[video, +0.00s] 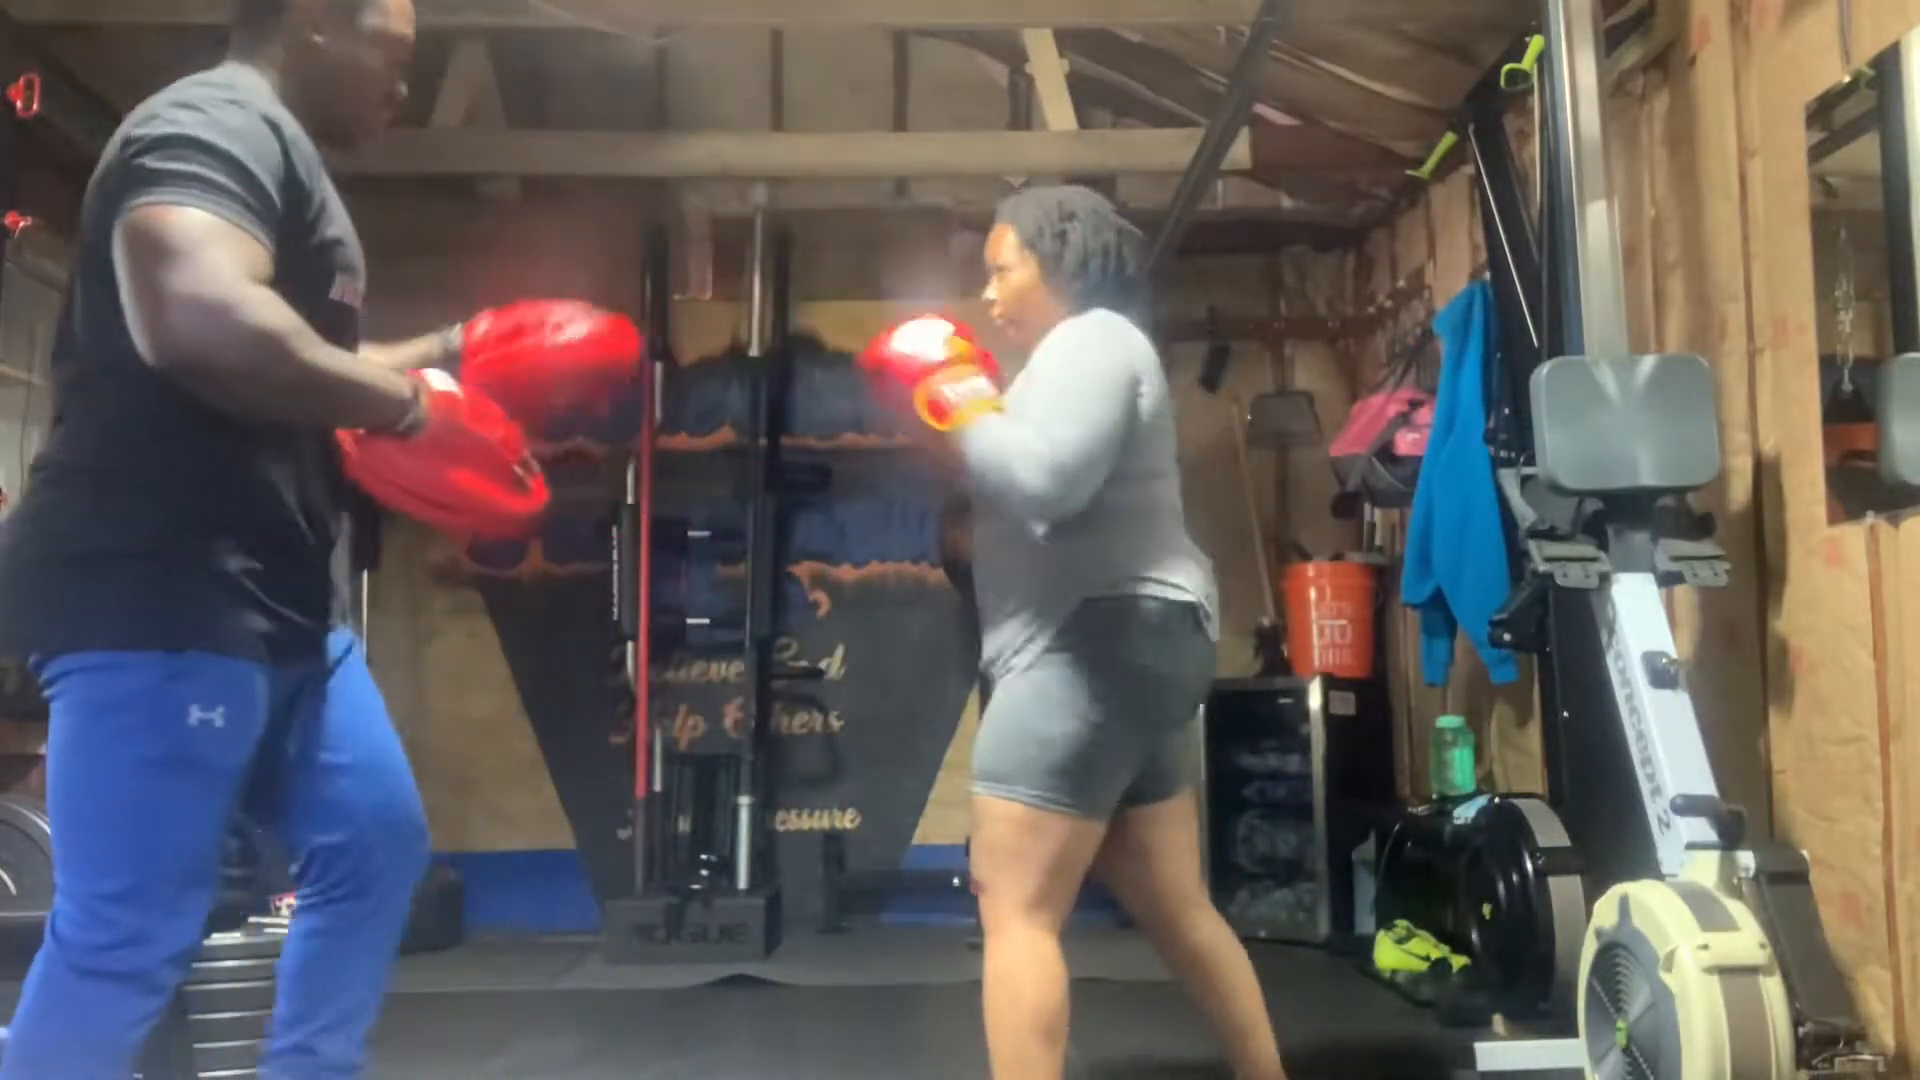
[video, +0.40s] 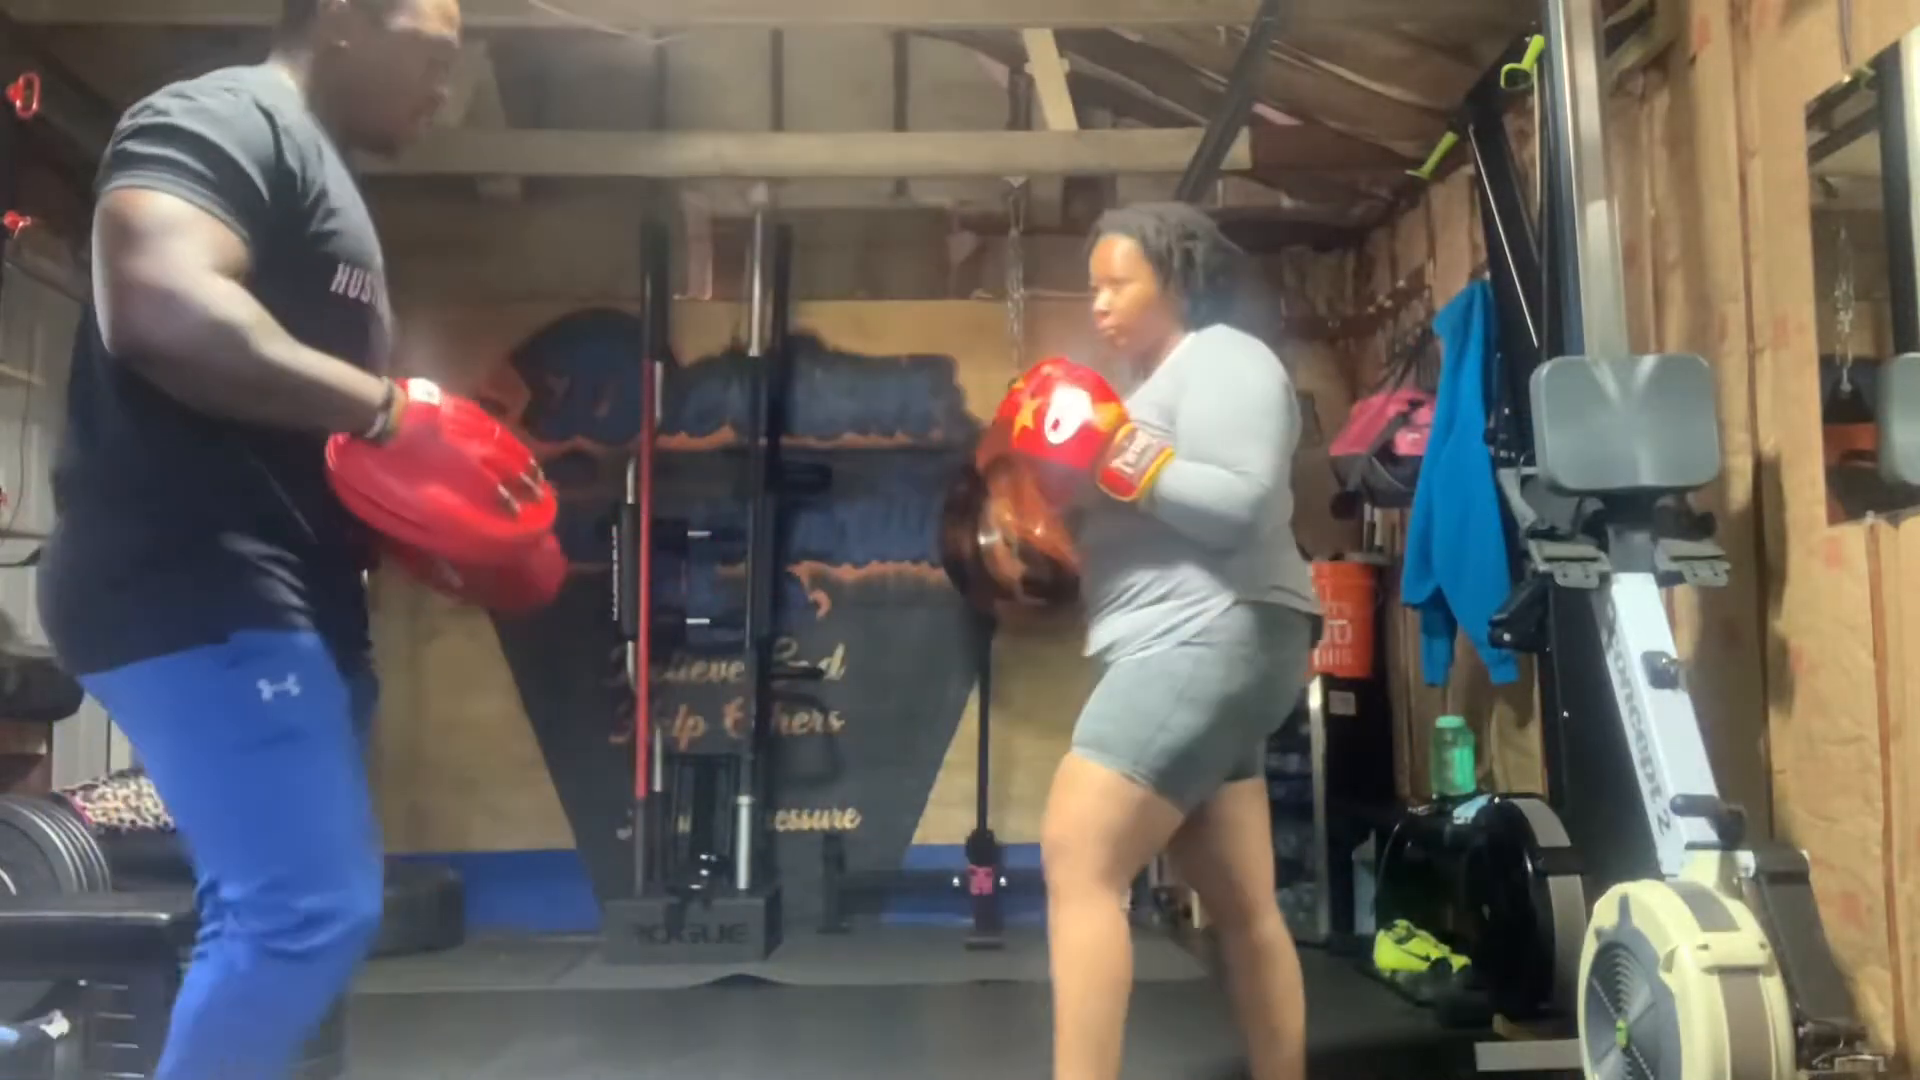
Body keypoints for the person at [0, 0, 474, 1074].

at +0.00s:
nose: (404, 92)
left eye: (408, 67)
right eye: (396, 55)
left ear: (314, 30)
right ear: (316, 23)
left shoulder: (285, 167)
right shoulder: (213, 114)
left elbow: (289, 372)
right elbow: (195, 318)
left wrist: (453, 351)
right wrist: (404, 402)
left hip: (282, 608)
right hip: (158, 605)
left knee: (374, 850)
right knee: (122, 940)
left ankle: (307, 1068)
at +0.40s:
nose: (447, 84)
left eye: (452, 59)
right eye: (436, 45)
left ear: (354, 23)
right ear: (346, 17)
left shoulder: (323, 185)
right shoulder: (219, 113)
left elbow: (333, 423)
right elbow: (163, 312)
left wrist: (436, 522)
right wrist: (383, 406)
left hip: (283, 586)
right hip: (190, 579)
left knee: (279, 916)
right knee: (302, 911)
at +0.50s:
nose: (474, 81)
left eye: (483, 53)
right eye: (475, 41)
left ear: (404, 17)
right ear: (406, 9)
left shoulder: (356, 182)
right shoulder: (235, 93)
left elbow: (389, 393)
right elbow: (150, 277)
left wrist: (484, 494)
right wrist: (383, 388)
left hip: (282, 567)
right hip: (201, 561)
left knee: (228, 911)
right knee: (330, 880)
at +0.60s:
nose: (519, 81)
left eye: (530, 56)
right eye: (519, 40)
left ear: (439, 19)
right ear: (436, 7)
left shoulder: (404, 189)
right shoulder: (260, 91)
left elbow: (432, 400)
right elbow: (146, 267)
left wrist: (536, 503)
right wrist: (390, 379)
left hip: (318, 579)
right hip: (224, 571)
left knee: (236, 934)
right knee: (355, 897)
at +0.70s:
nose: (569, 75)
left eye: (580, 49)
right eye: (564, 34)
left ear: (474, 19)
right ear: (466, 7)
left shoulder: (491, 208)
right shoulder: (300, 96)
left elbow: (488, 423)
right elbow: (167, 278)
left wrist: (589, 513)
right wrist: (410, 384)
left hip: (383, 600)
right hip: (272, 586)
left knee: (260, 949)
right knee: (398, 909)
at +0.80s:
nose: (638, 54)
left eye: (644, 34)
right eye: (627, 19)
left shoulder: (564, 223)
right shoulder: (350, 91)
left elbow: (576, 429)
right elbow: (212, 281)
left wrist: (667, 532)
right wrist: (463, 386)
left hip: (460, 617)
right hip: (338, 597)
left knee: (314, 960)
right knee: (459, 926)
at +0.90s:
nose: (695, 40)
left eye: (702, 20)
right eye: (687, 9)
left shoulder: (630, 199)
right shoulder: (421, 63)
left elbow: (640, 406)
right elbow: (290, 259)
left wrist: (726, 527)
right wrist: (548, 366)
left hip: (542, 605)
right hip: (408, 593)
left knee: (460, 938)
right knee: (526, 941)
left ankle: (301, 1079)